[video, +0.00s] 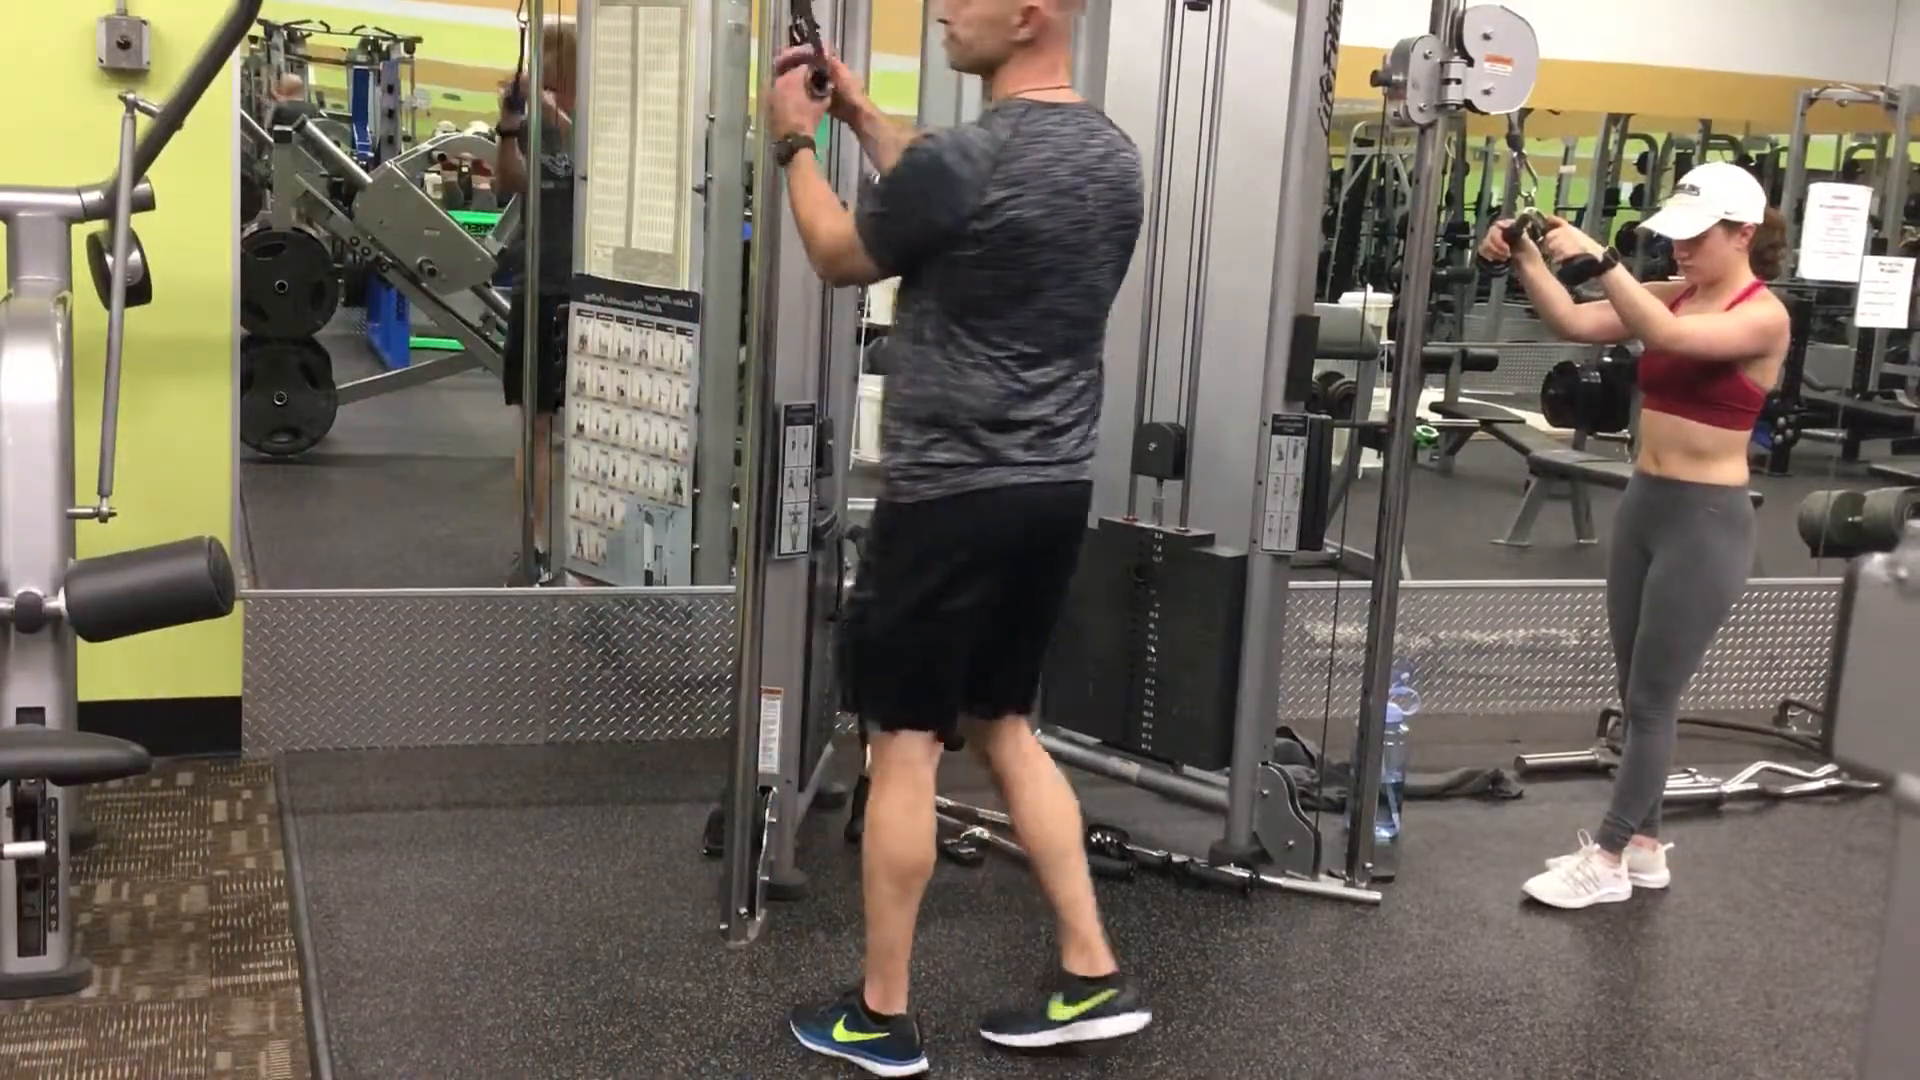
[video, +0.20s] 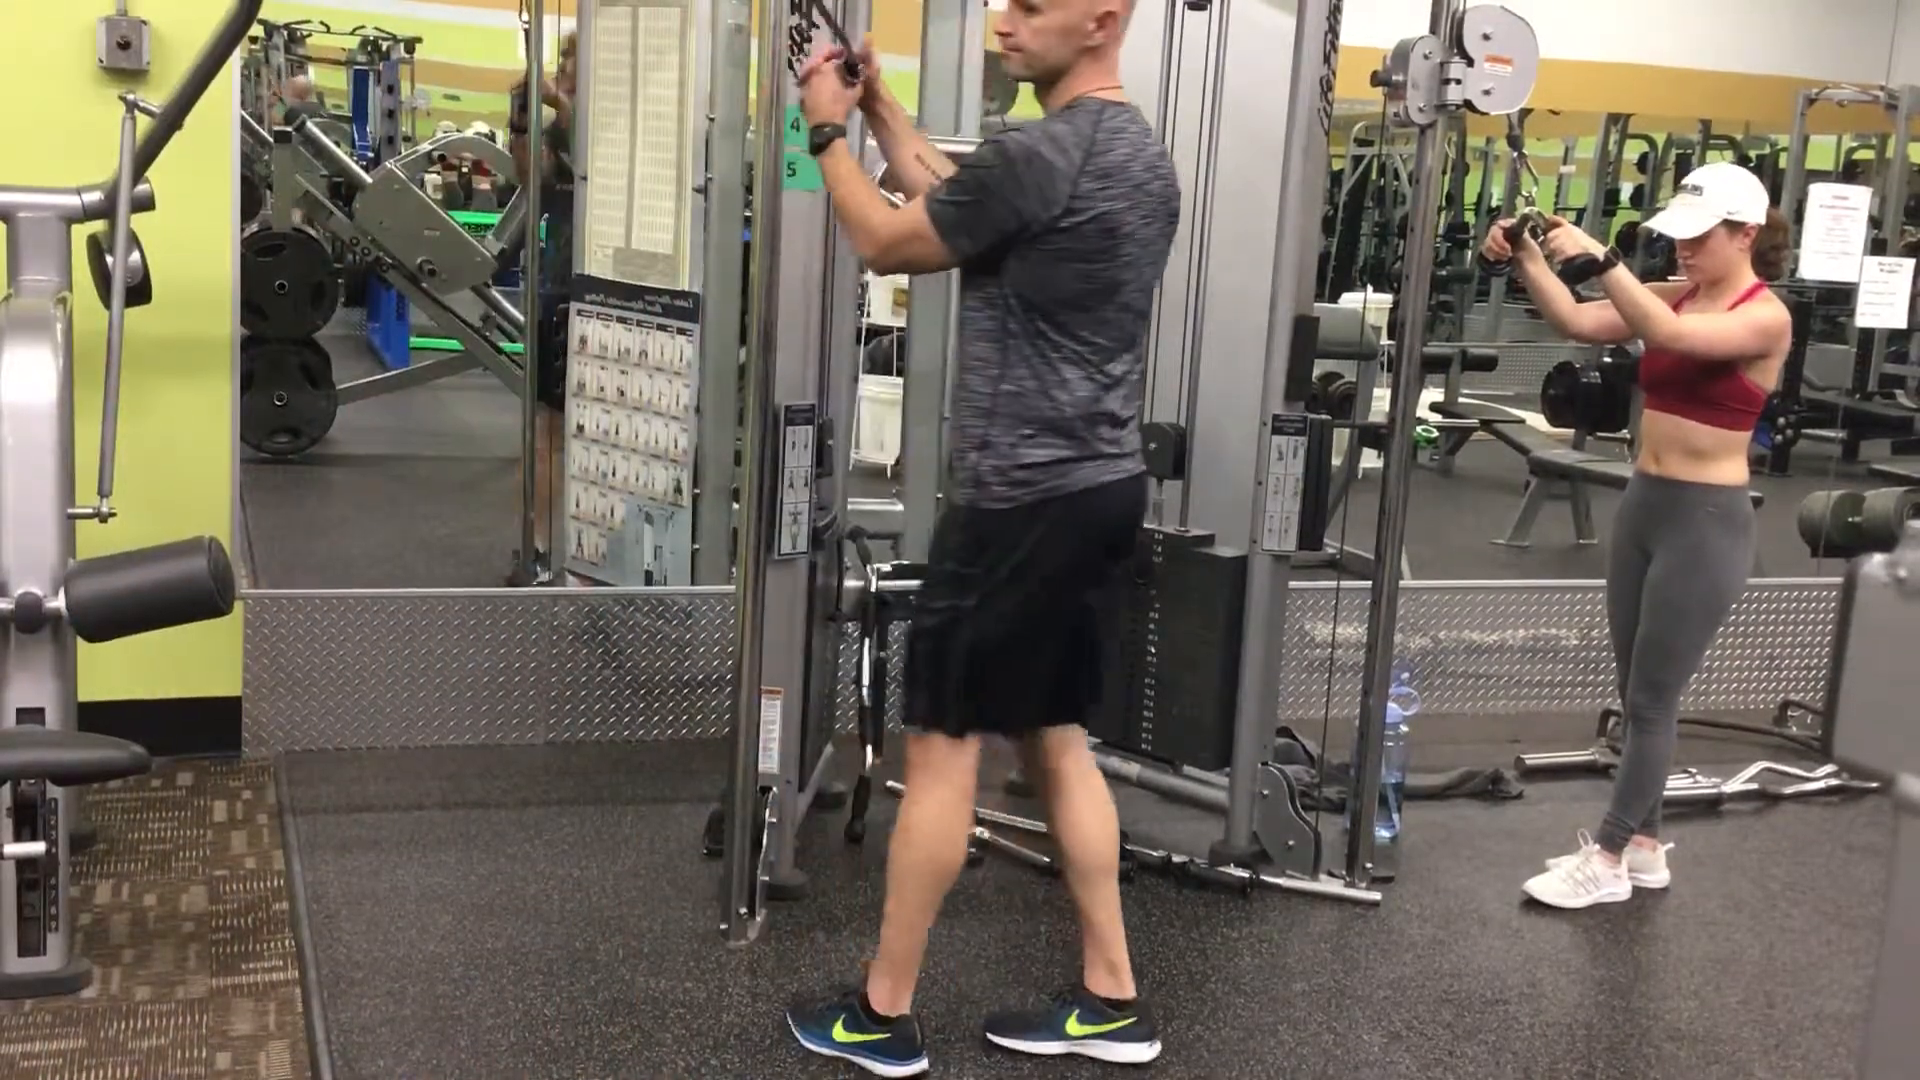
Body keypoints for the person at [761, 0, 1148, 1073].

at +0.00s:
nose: (944, 12)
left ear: (1031, 16)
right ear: (1050, 23)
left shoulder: (959, 161)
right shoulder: (1114, 159)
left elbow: (838, 255)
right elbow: (964, 199)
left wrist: (795, 144)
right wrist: (860, 112)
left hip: (944, 499)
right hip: (1052, 493)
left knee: (903, 745)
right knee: (1005, 724)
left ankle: (882, 1013)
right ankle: (1091, 972)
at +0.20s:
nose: (1004, 19)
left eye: (1028, 6)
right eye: (1009, 3)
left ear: (1100, 21)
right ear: (1107, 33)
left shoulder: (1039, 156)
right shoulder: (1142, 154)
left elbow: (884, 241)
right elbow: (966, 219)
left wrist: (828, 130)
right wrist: (882, 114)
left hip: (1014, 501)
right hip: (1101, 490)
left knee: (941, 748)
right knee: (1061, 742)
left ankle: (884, 1009)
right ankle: (1110, 995)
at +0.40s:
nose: (1050, 21)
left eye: (1078, 7)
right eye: (1050, 3)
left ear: (1147, 19)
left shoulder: (1098, 146)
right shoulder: (1156, 141)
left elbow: (918, 231)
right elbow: (979, 201)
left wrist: (857, 121)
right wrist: (897, 98)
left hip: (1070, 491)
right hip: (1122, 483)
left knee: (995, 749)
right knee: (1089, 744)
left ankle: (933, 1022)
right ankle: (1113, 998)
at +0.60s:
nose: (1074, 23)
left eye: (1102, 10)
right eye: (1071, 6)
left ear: (1167, 22)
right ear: (1073, 15)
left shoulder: (1120, 146)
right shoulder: (1167, 135)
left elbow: (944, 237)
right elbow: (998, 213)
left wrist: (869, 133)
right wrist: (912, 116)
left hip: (1092, 487)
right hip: (1139, 481)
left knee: (1036, 753)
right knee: (1098, 746)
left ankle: (1069, 1040)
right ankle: (1114, 999)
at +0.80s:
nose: (1079, 32)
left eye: (1104, 16)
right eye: (1074, 14)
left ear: (1172, 22)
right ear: (1075, 19)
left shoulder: (1130, 148)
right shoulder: (1175, 139)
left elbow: (957, 240)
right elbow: (1011, 221)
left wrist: (888, 132)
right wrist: (931, 117)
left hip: (1116, 493)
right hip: (1129, 484)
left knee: (1092, 766)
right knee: (1088, 753)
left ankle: (1168, 1047)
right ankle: (1108, 1004)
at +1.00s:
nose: (1077, 43)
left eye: (1100, 24)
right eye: (1071, 24)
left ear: (1172, 22)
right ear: (1077, 24)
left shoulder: (1143, 152)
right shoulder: (1174, 139)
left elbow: (965, 229)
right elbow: (1017, 221)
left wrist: (887, 130)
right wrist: (938, 116)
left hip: (1136, 504)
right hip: (1120, 496)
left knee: (1121, 783)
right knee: (1091, 763)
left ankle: (1178, 1059)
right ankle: (1112, 1004)